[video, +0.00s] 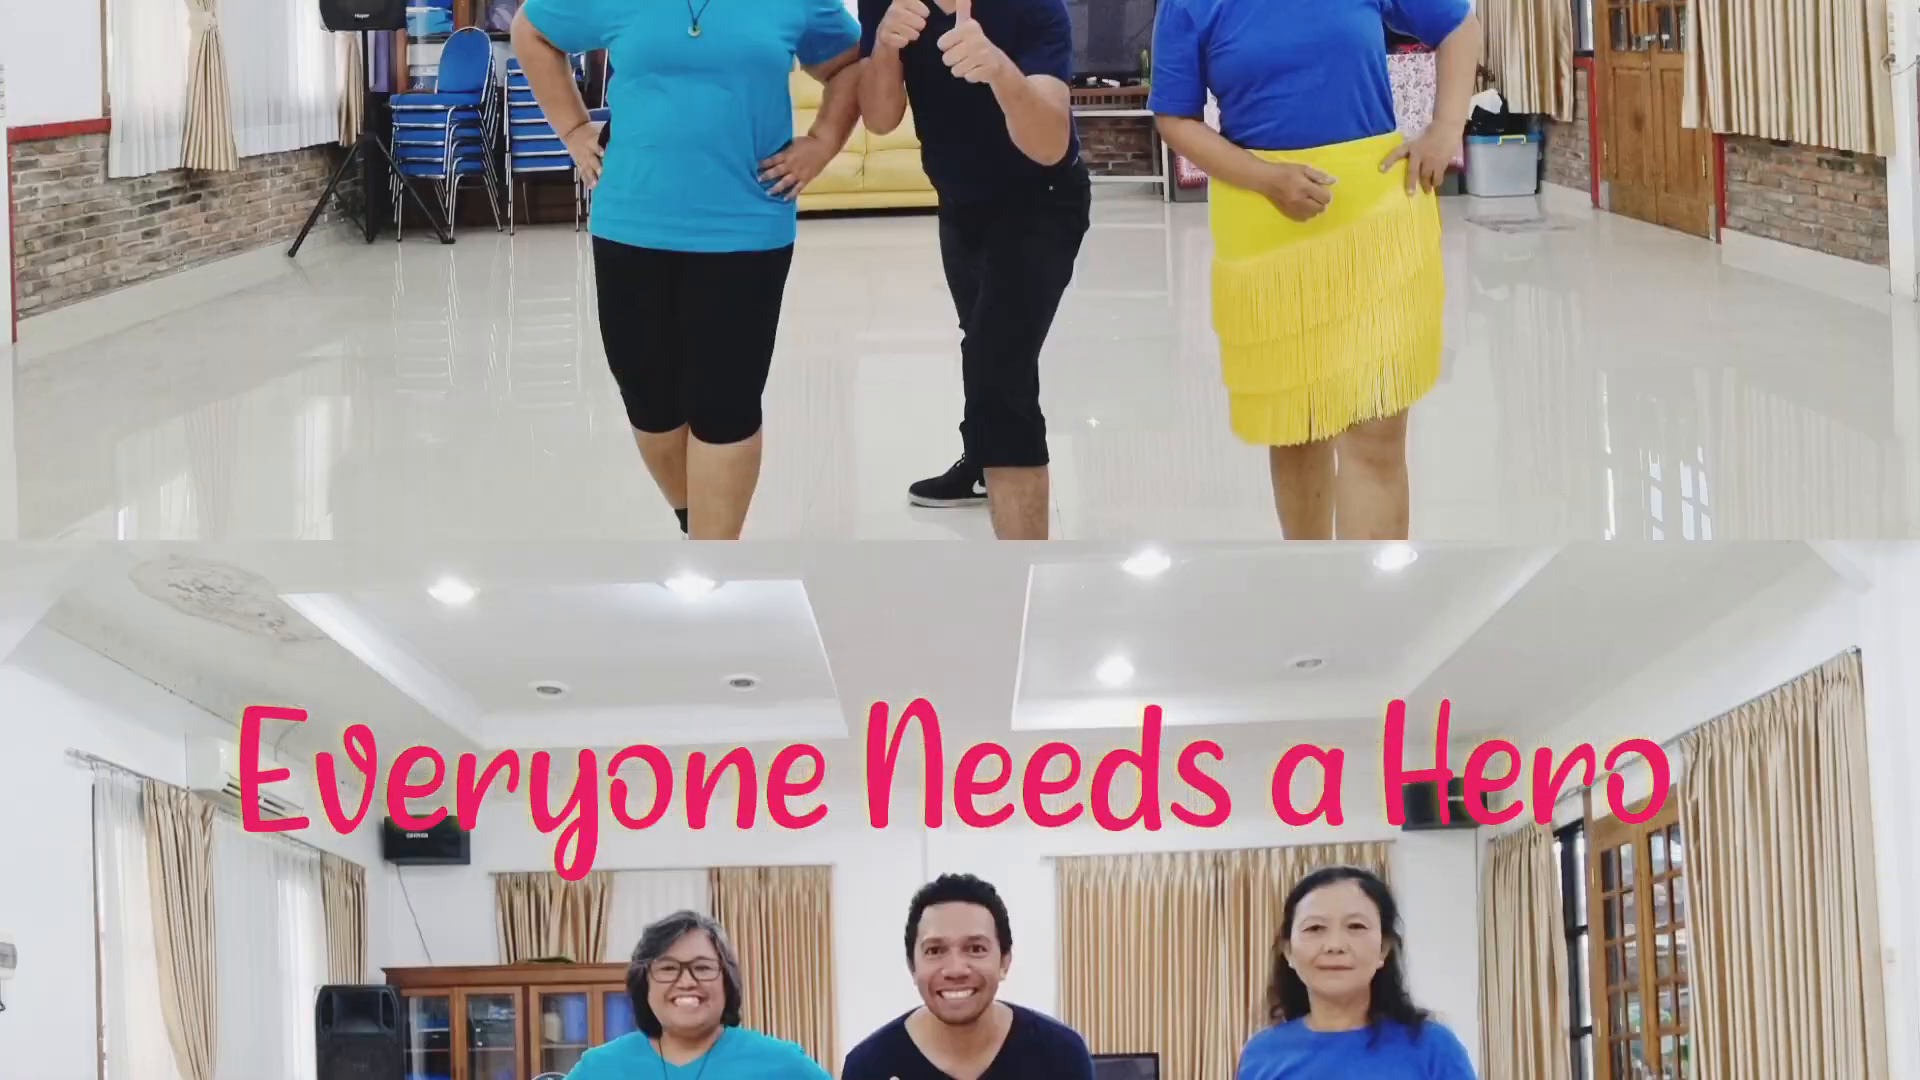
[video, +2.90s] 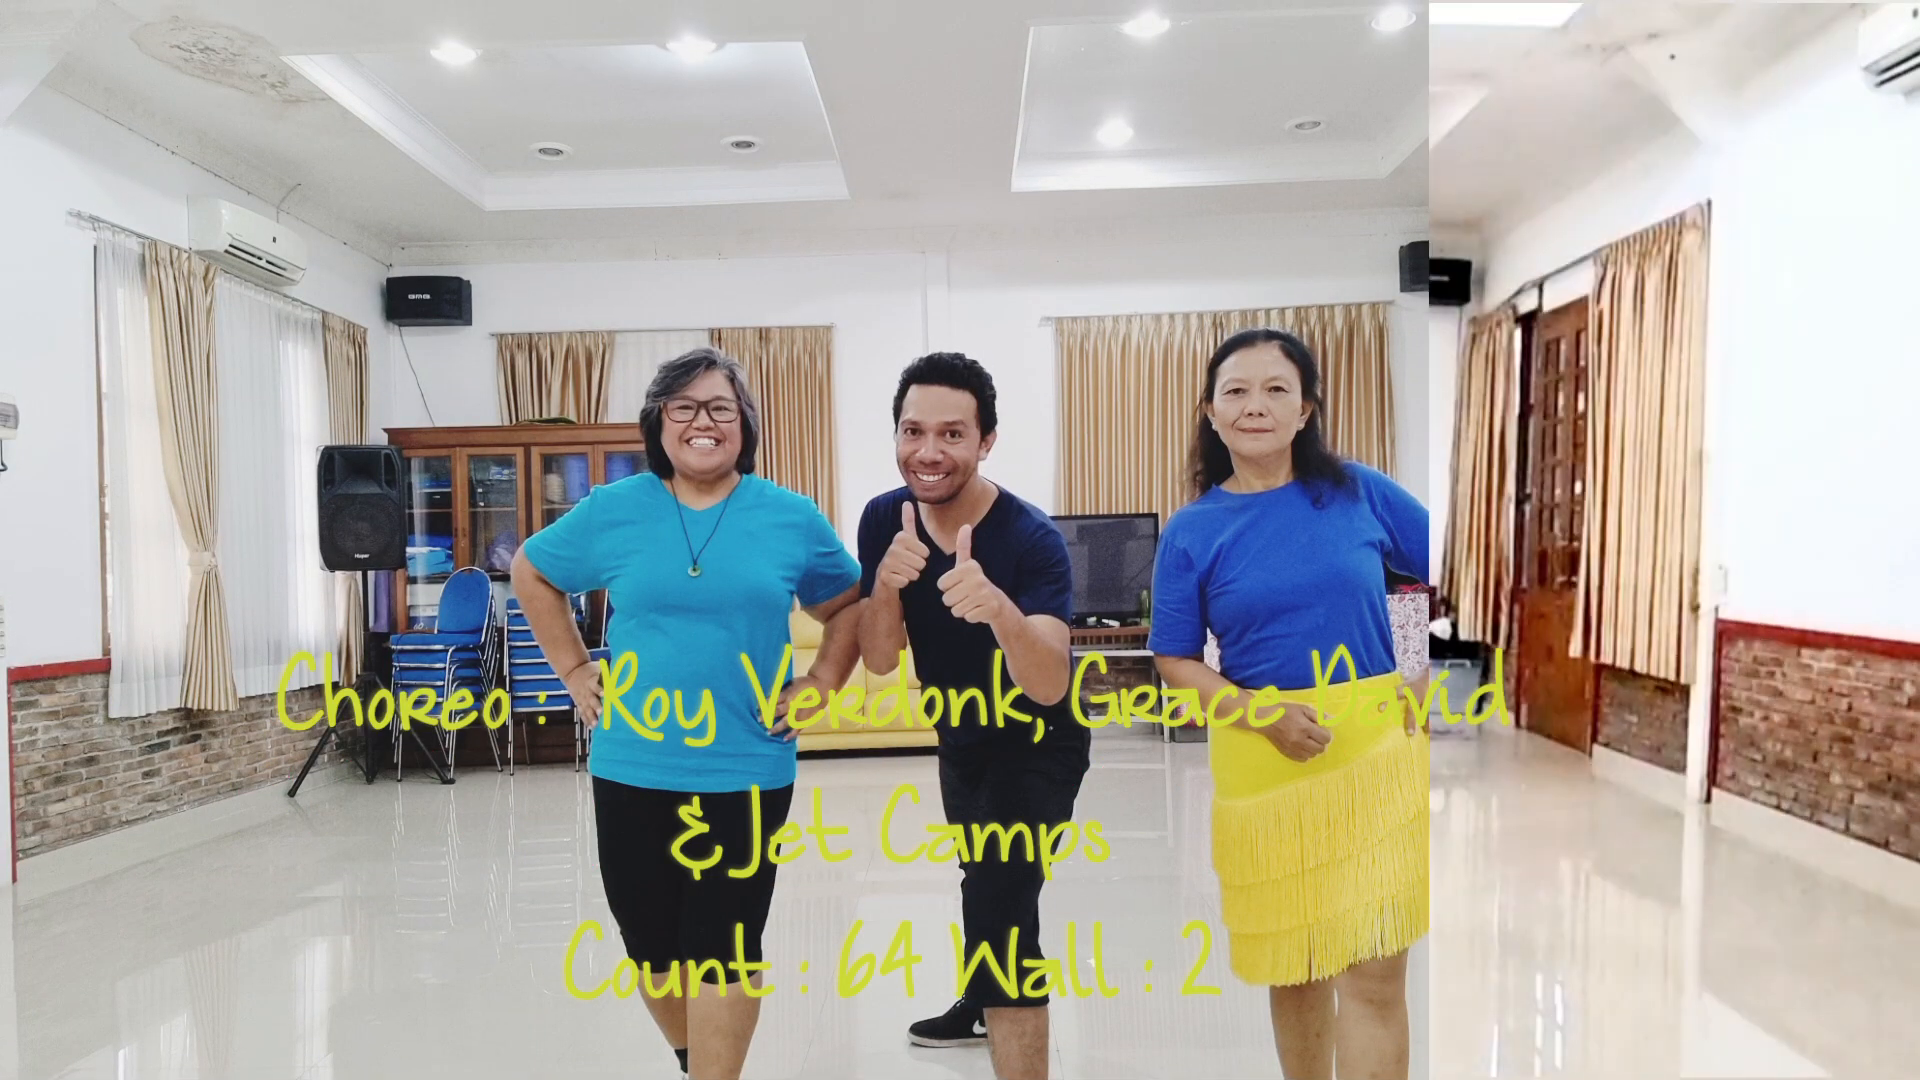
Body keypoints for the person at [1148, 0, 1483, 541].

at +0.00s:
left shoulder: (1369, 2)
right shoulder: (1190, 5)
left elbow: (1460, 24)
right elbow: (1174, 119)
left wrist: (1446, 126)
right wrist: (1266, 176)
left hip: (1377, 211)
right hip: (1266, 224)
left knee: (1379, 433)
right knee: (1297, 439)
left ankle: (1380, 613)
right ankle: (1312, 614)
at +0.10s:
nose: (1254, 129)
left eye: (1276, 114)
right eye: (1234, 115)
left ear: (1305, 130)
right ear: (1212, 134)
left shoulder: (1360, 216)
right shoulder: (1193, 253)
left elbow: (1461, 291)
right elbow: (1172, 382)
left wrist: (1447, 389)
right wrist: (1262, 438)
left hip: (1379, 475)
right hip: (1266, 488)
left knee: (1374, 696)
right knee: (1296, 702)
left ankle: (1368, 864)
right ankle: (1306, 870)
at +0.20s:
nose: (1253, 289)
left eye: (1275, 273)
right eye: (1234, 274)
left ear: (1305, 290)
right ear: (1212, 294)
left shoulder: (1359, 376)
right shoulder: (1193, 413)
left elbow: (1461, 449)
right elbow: (1173, 542)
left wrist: (1446, 549)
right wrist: (1263, 599)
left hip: (1377, 627)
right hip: (1264, 642)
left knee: (1376, 856)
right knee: (1295, 858)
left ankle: (1377, 1034)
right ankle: (1312, 1028)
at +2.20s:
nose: (1254, 405)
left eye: (1276, 390)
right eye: (1235, 391)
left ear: (1305, 408)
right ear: (1212, 410)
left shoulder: (1359, 491)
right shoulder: (1192, 530)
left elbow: (1460, 565)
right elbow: (1172, 661)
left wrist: (1447, 667)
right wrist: (1261, 713)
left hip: (1377, 758)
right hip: (1267, 771)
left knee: (1377, 976)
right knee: (1297, 978)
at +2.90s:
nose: (1255, 405)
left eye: (1276, 390)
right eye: (1235, 391)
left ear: (1306, 406)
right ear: (1212, 410)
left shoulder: (1363, 494)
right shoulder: (1192, 530)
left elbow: (1459, 569)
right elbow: (1174, 660)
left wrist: (1428, 675)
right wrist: (1259, 711)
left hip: (1375, 756)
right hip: (1266, 768)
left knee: (1378, 972)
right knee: (1299, 978)